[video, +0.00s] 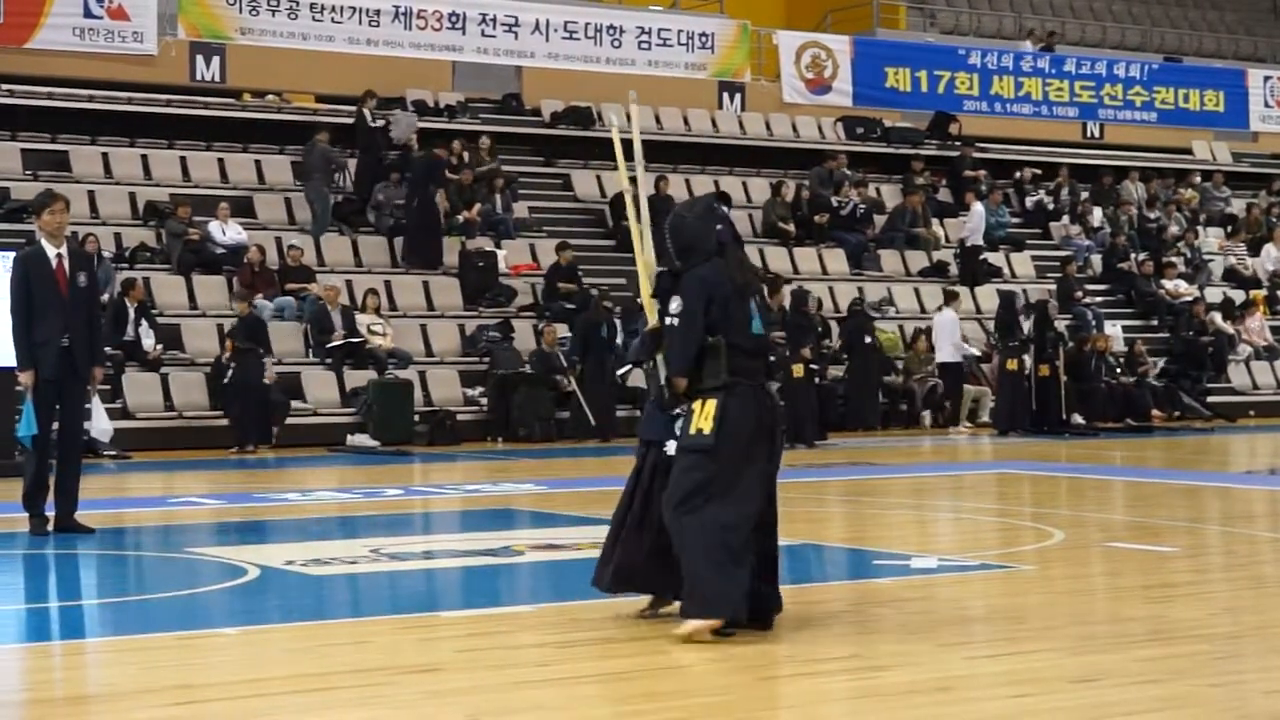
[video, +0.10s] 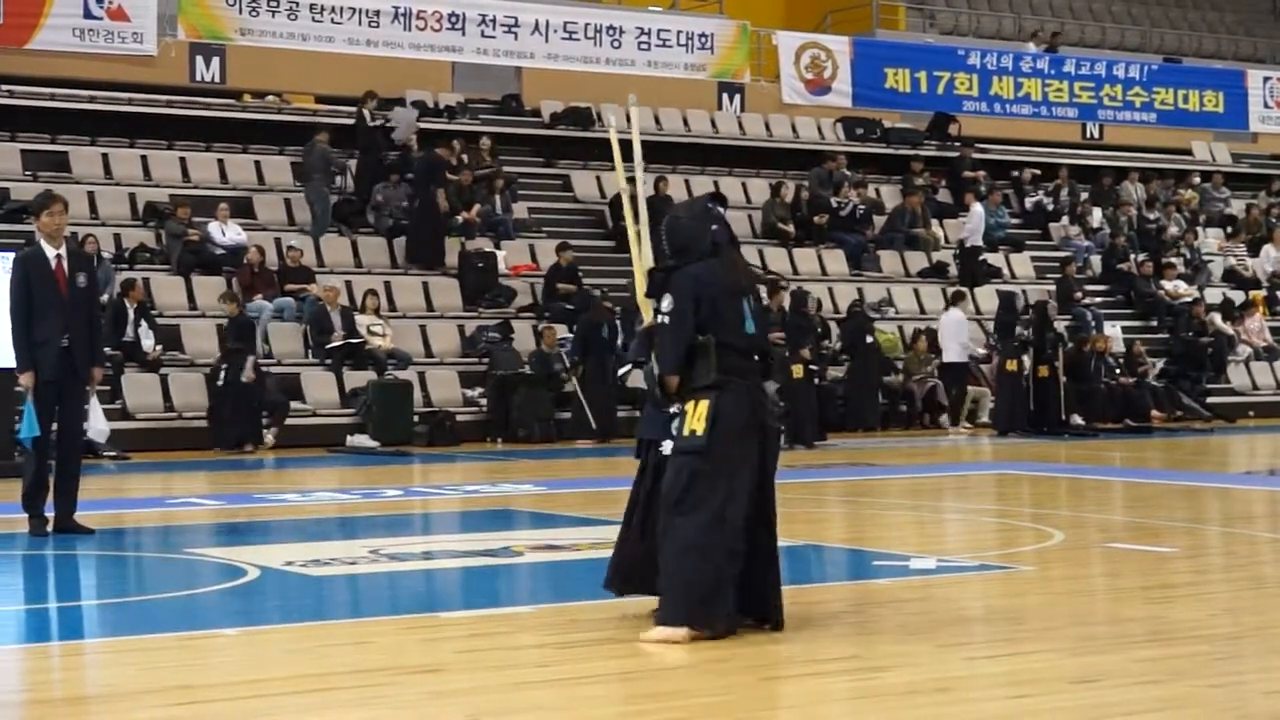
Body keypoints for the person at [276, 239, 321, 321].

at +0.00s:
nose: (294, 253)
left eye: (297, 250)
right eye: (291, 250)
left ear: (301, 253)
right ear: (288, 253)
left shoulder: (308, 269)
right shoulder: (283, 269)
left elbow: (314, 284)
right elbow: (285, 286)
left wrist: (314, 291)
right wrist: (305, 286)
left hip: (306, 292)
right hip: (291, 294)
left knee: (312, 298)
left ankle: (305, 324)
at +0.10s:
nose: (293, 254)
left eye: (296, 251)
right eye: (290, 251)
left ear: (301, 254)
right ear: (287, 254)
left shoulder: (308, 270)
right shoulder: (282, 269)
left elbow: (313, 286)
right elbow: (284, 287)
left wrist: (313, 291)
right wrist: (305, 286)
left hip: (305, 293)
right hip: (290, 295)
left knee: (312, 299)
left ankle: (305, 325)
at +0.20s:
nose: (292, 254)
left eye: (295, 251)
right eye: (290, 251)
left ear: (301, 254)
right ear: (287, 254)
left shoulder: (307, 270)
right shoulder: (282, 270)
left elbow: (313, 285)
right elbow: (284, 287)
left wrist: (313, 291)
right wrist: (305, 287)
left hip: (305, 293)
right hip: (290, 295)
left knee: (312, 299)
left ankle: (304, 325)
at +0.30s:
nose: (293, 254)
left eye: (296, 251)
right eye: (290, 251)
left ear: (301, 254)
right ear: (287, 254)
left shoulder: (307, 270)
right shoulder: (282, 270)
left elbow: (313, 286)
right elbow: (285, 287)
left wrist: (313, 292)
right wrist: (305, 287)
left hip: (305, 293)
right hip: (290, 295)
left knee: (311, 300)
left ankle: (304, 325)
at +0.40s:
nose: (292, 254)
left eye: (295, 251)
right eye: (290, 251)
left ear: (300, 254)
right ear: (287, 254)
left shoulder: (307, 270)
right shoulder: (282, 270)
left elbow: (313, 286)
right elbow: (284, 287)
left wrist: (312, 292)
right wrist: (305, 287)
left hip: (305, 293)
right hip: (290, 295)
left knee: (311, 299)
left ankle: (305, 325)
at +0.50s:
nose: (292, 254)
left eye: (295, 251)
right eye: (289, 251)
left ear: (300, 255)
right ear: (286, 254)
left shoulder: (307, 270)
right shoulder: (282, 270)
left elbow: (313, 287)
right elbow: (284, 288)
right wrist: (305, 287)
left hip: (305, 294)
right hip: (289, 295)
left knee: (311, 299)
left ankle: (305, 325)